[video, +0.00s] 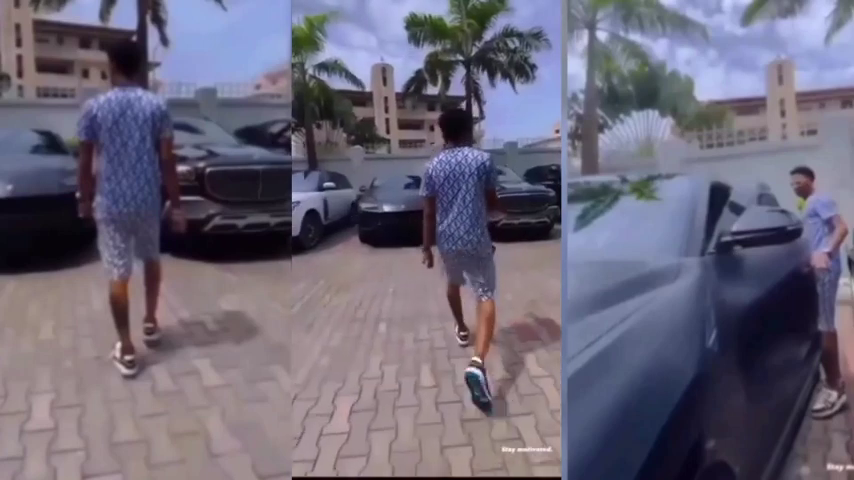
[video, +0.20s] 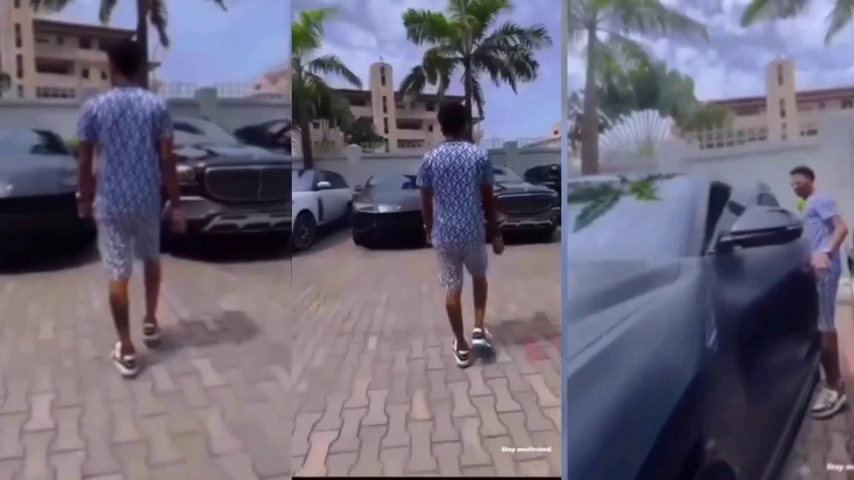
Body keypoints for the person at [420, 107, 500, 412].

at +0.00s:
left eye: (442, 129)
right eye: (469, 128)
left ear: (443, 132)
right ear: (470, 130)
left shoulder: (434, 165)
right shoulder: (482, 160)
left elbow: (429, 211)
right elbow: (491, 201)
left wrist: (426, 247)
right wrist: (501, 210)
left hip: (447, 240)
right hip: (476, 239)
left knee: (453, 284)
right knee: (486, 295)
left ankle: (462, 329)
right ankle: (478, 360)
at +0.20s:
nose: (470, 127)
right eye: (468, 123)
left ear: (441, 126)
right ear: (467, 124)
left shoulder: (431, 157)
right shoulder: (478, 155)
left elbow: (426, 199)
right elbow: (488, 198)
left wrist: (428, 227)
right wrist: (494, 232)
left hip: (444, 232)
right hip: (473, 231)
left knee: (452, 287)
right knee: (479, 278)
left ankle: (461, 345)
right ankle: (479, 326)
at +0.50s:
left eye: (451, 132)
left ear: (449, 135)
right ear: (471, 135)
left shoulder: (438, 165)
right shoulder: (481, 164)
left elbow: (431, 203)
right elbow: (489, 204)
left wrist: (430, 228)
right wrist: (500, 243)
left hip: (444, 234)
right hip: (472, 233)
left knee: (449, 289)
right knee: (471, 275)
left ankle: (458, 357)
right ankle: (465, 311)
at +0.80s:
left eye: (450, 126)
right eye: (466, 125)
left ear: (448, 128)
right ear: (471, 127)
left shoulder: (439, 156)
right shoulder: (481, 155)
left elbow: (433, 196)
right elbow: (489, 193)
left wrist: (430, 228)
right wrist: (489, 218)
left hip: (447, 223)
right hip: (473, 224)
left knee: (443, 267)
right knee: (472, 275)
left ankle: (448, 312)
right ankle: (465, 329)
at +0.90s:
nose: (454, 133)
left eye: (449, 128)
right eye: (466, 128)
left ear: (447, 130)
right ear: (470, 130)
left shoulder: (438, 158)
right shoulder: (480, 156)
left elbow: (432, 198)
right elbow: (489, 192)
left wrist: (430, 230)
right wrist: (489, 209)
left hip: (447, 222)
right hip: (472, 223)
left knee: (445, 263)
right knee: (471, 280)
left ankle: (448, 303)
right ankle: (464, 338)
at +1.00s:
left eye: (446, 130)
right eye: (465, 130)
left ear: (444, 132)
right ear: (467, 132)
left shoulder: (436, 161)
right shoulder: (479, 158)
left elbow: (432, 202)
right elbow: (488, 196)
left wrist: (429, 233)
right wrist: (479, 211)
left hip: (446, 227)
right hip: (472, 227)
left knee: (447, 268)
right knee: (471, 282)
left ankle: (450, 301)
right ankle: (464, 344)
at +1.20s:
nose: (437, 133)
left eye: (437, 129)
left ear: (437, 130)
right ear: (461, 129)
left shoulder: (430, 159)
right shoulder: (471, 155)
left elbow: (426, 199)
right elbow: (478, 192)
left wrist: (423, 230)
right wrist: (478, 219)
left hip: (441, 223)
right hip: (467, 223)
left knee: (442, 271)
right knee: (471, 269)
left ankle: (448, 312)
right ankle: (467, 315)